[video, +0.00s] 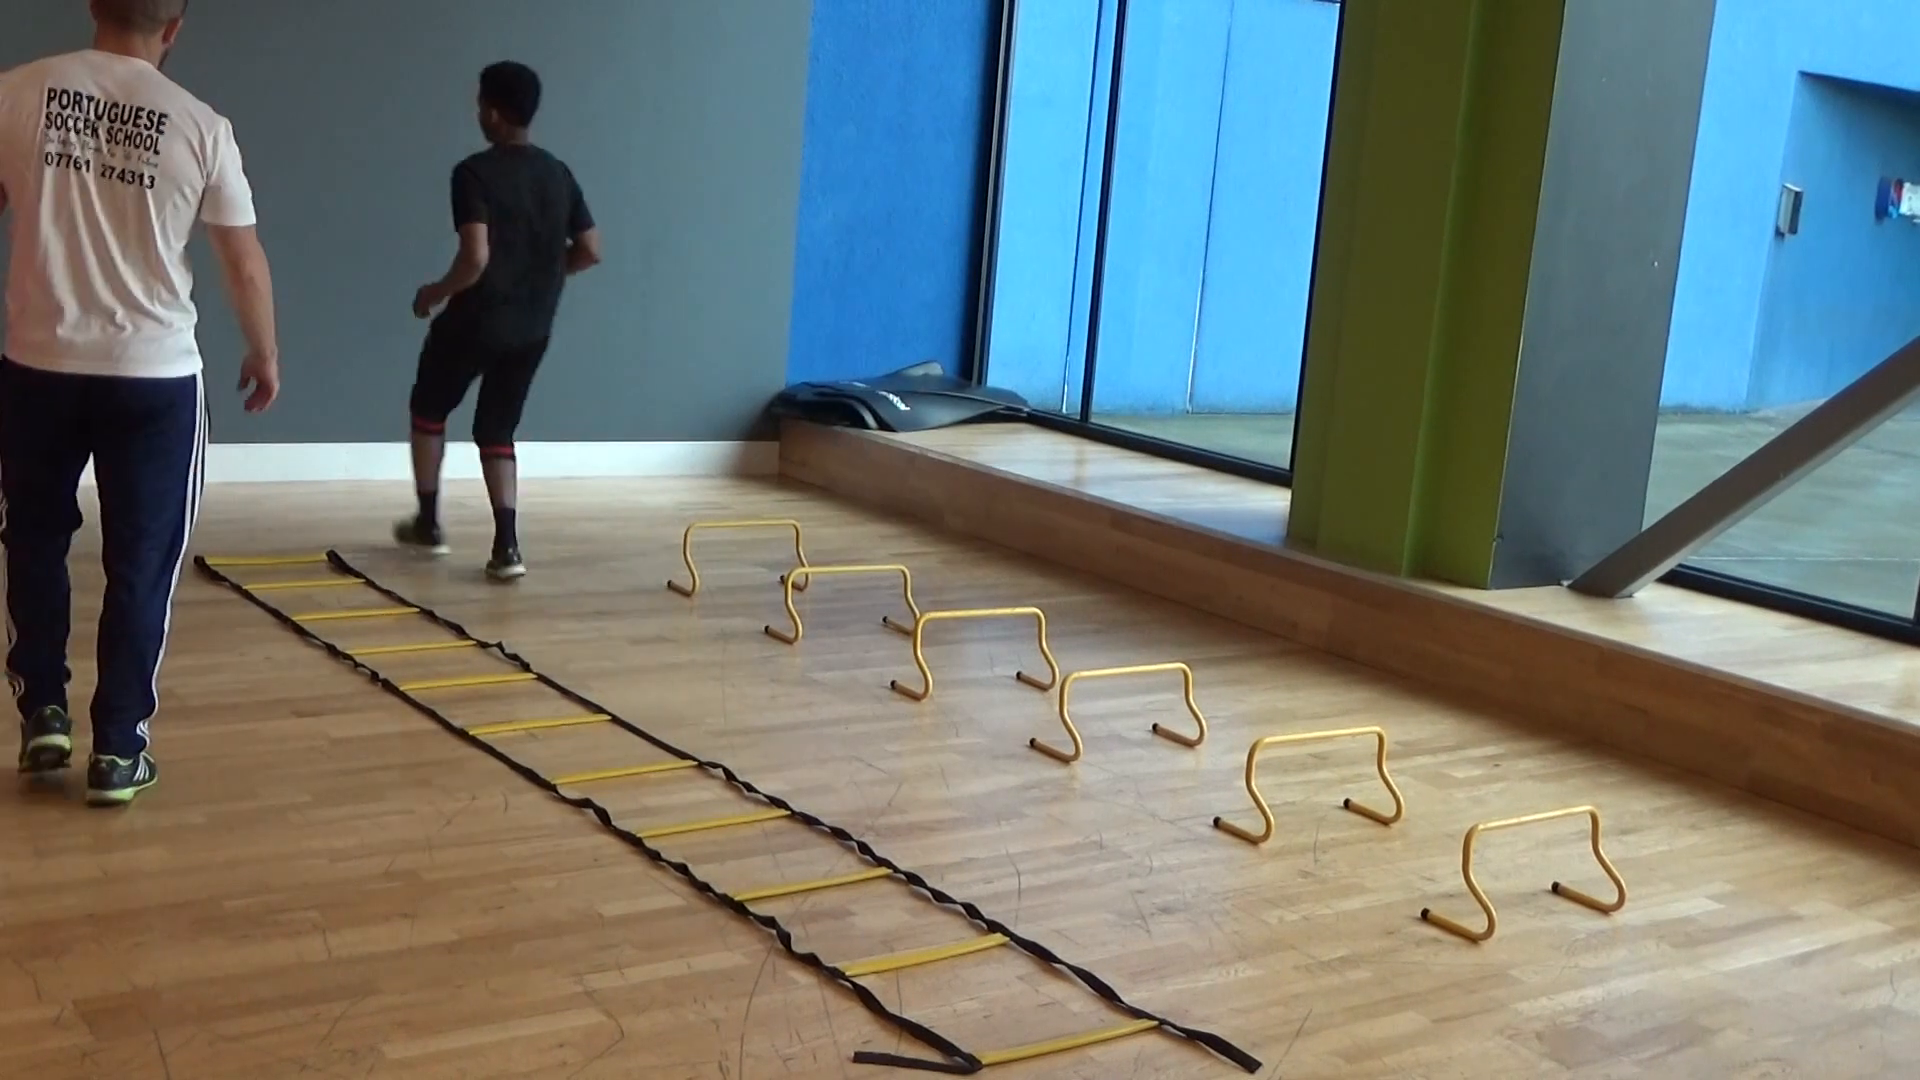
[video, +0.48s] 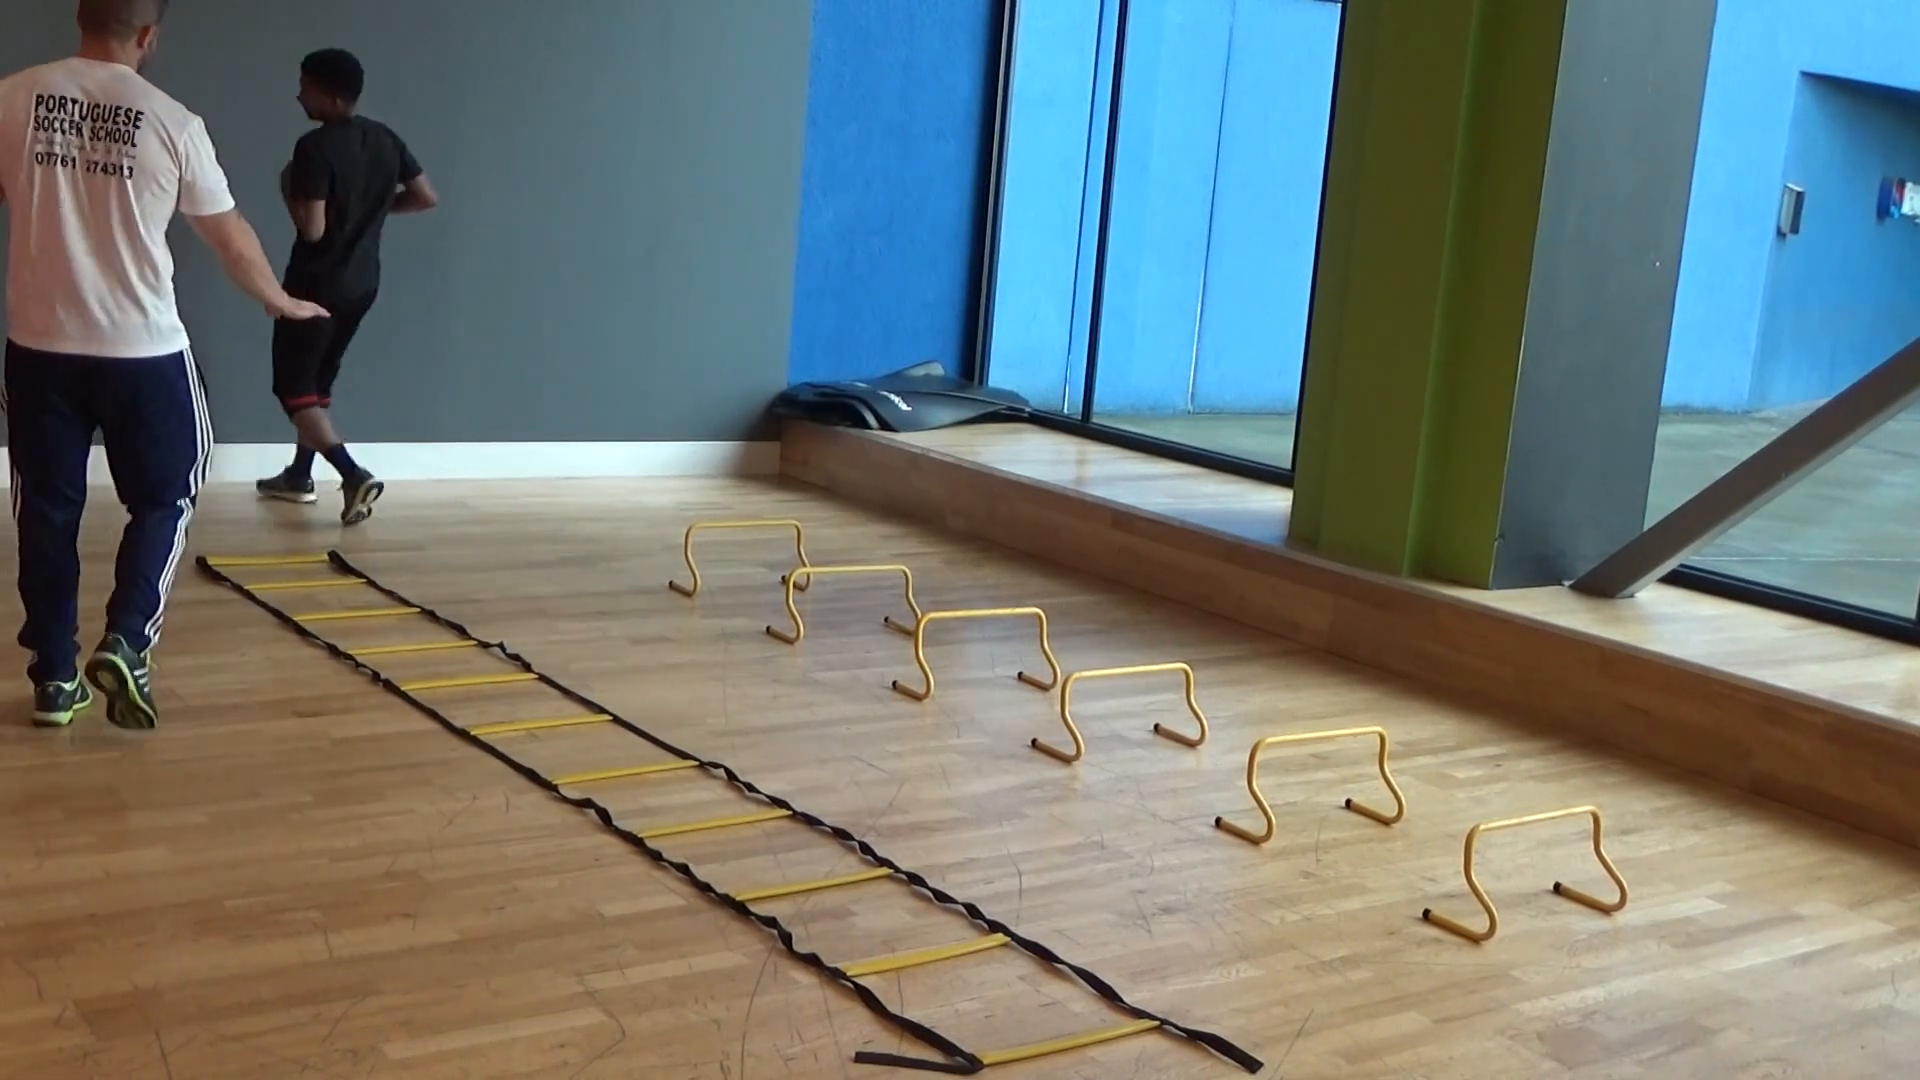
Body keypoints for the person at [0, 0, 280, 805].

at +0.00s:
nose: (168, 39)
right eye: (172, 28)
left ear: (92, 15)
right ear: (171, 29)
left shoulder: (19, 90)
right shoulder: (202, 128)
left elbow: (9, 201)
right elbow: (244, 262)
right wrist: (263, 351)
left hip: (34, 367)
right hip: (152, 376)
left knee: (35, 536)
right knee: (143, 562)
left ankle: (43, 707)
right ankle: (118, 749)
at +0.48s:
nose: (152, 44)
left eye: (147, 32)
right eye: (153, 32)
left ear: (79, 22)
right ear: (146, 33)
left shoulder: (15, 95)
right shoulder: (172, 124)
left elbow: (10, 194)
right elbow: (232, 240)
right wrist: (279, 301)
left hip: (37, 347)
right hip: (142, 351)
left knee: (46, 510)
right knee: (164, 499)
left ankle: (53, 680)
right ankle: (127, 644)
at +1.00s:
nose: (216, 73)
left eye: (220, 64)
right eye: (217, 63)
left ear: (150, 37)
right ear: (200, 58)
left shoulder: (68, 97)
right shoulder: (213, 135)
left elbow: (39, 202)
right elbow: (253, 243)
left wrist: (36, 287)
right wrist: (283, 323)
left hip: (86, 327)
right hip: (181, 333)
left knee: (76, 456)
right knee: (181, 480)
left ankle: (76, 579)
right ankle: (169, 627)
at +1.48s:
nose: (188, 93)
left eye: (194, 82)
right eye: (193, 80)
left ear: (145, 44)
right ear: (177, 60)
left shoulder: (63, 92)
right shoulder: (136, 111)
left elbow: (64, 204)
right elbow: (147, 226)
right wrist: (196, 319)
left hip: (66, 301)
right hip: (127, 305)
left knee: (81, 439)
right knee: (171, 449)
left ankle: (63, 586)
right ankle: (166, 610)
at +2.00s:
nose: (106, 53)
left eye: (114, 44)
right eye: (98, 37)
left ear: (118, 43)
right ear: (60, 20)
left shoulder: (73, 94)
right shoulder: (27, 88)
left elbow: (72, 199)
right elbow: (4, 195)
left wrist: (112, 267)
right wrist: (19, 292)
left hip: (77, 303)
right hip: (32, 304)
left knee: (64, 444)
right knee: (9, 444)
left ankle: (63, 580)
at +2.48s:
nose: (67, 60)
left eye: (71, 50)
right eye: (64, 47)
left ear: (31, 37)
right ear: (31, 37)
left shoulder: (16, 102)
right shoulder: (5, 102)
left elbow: (14, 200)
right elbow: (3, 206)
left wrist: (23, 272)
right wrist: (1, 303)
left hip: (15, 289)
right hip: (6, 294)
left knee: (2, 437)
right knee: (0, 438)